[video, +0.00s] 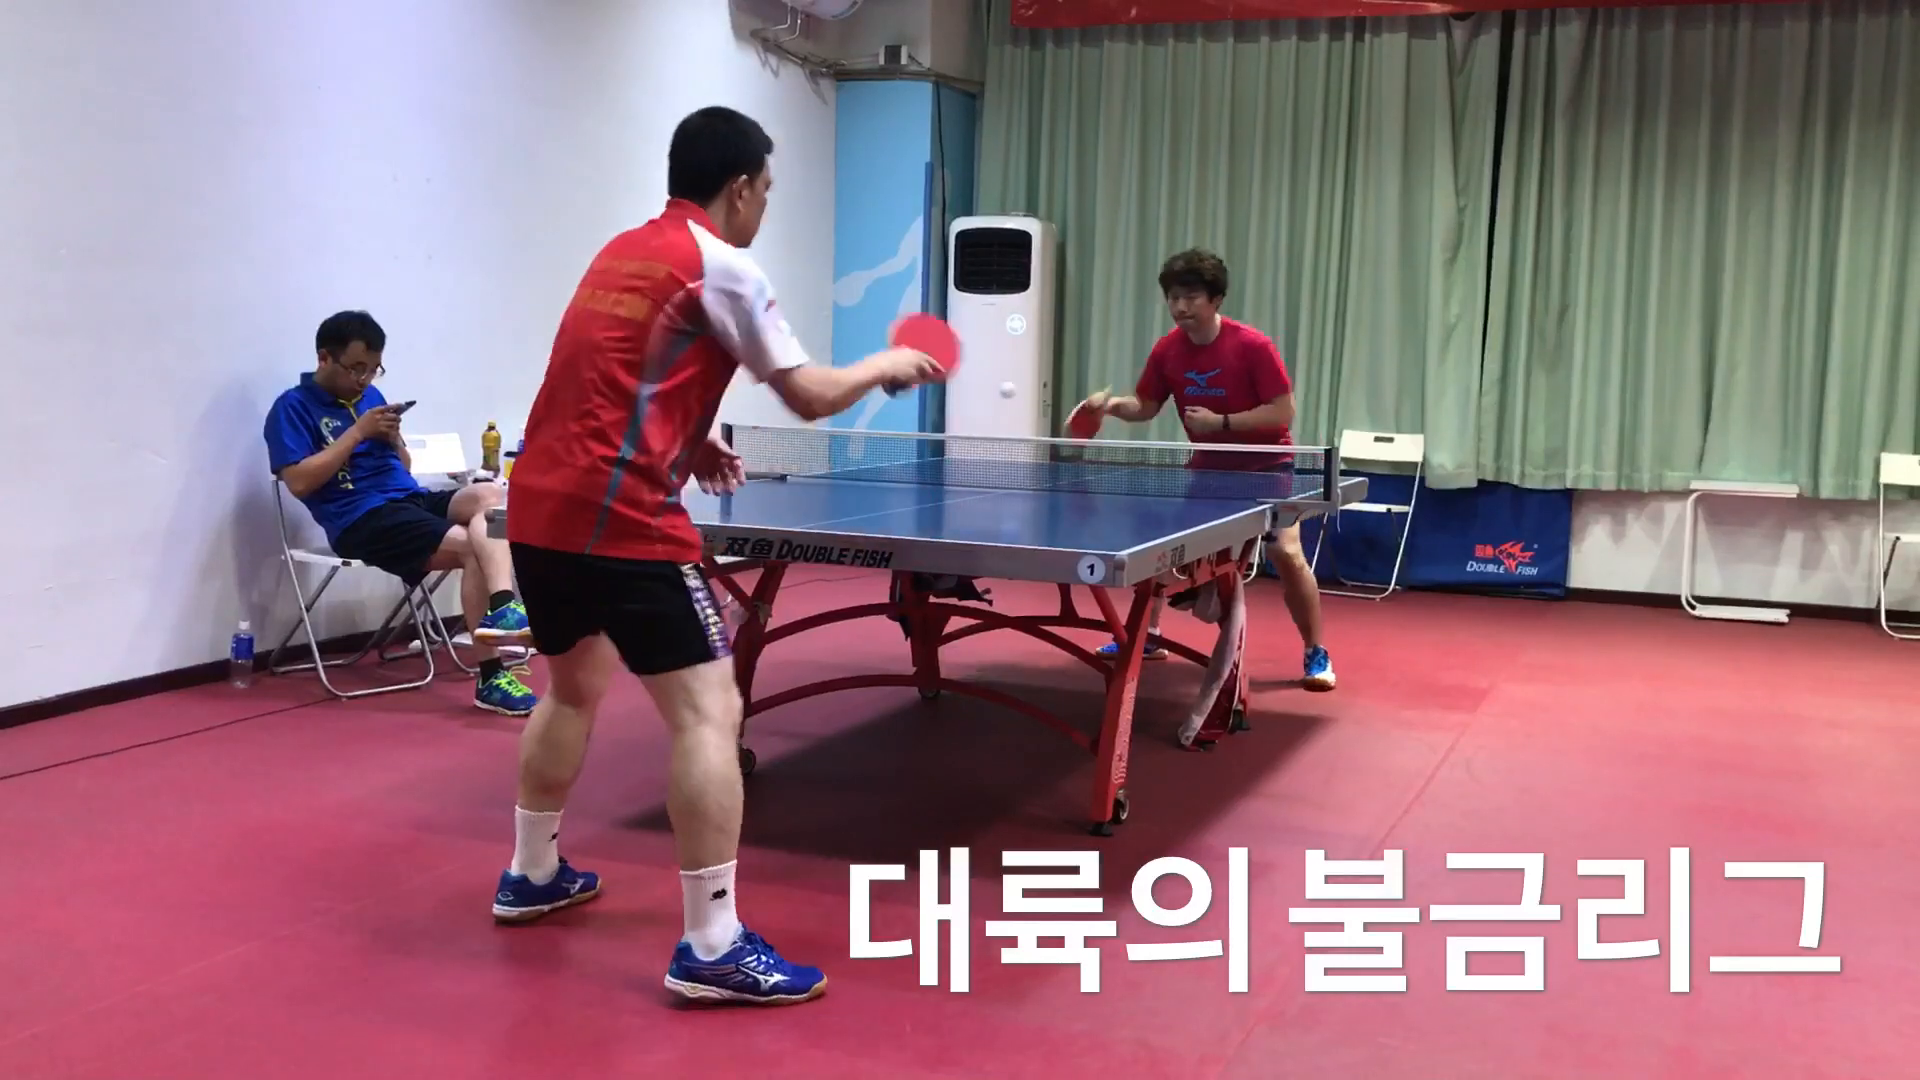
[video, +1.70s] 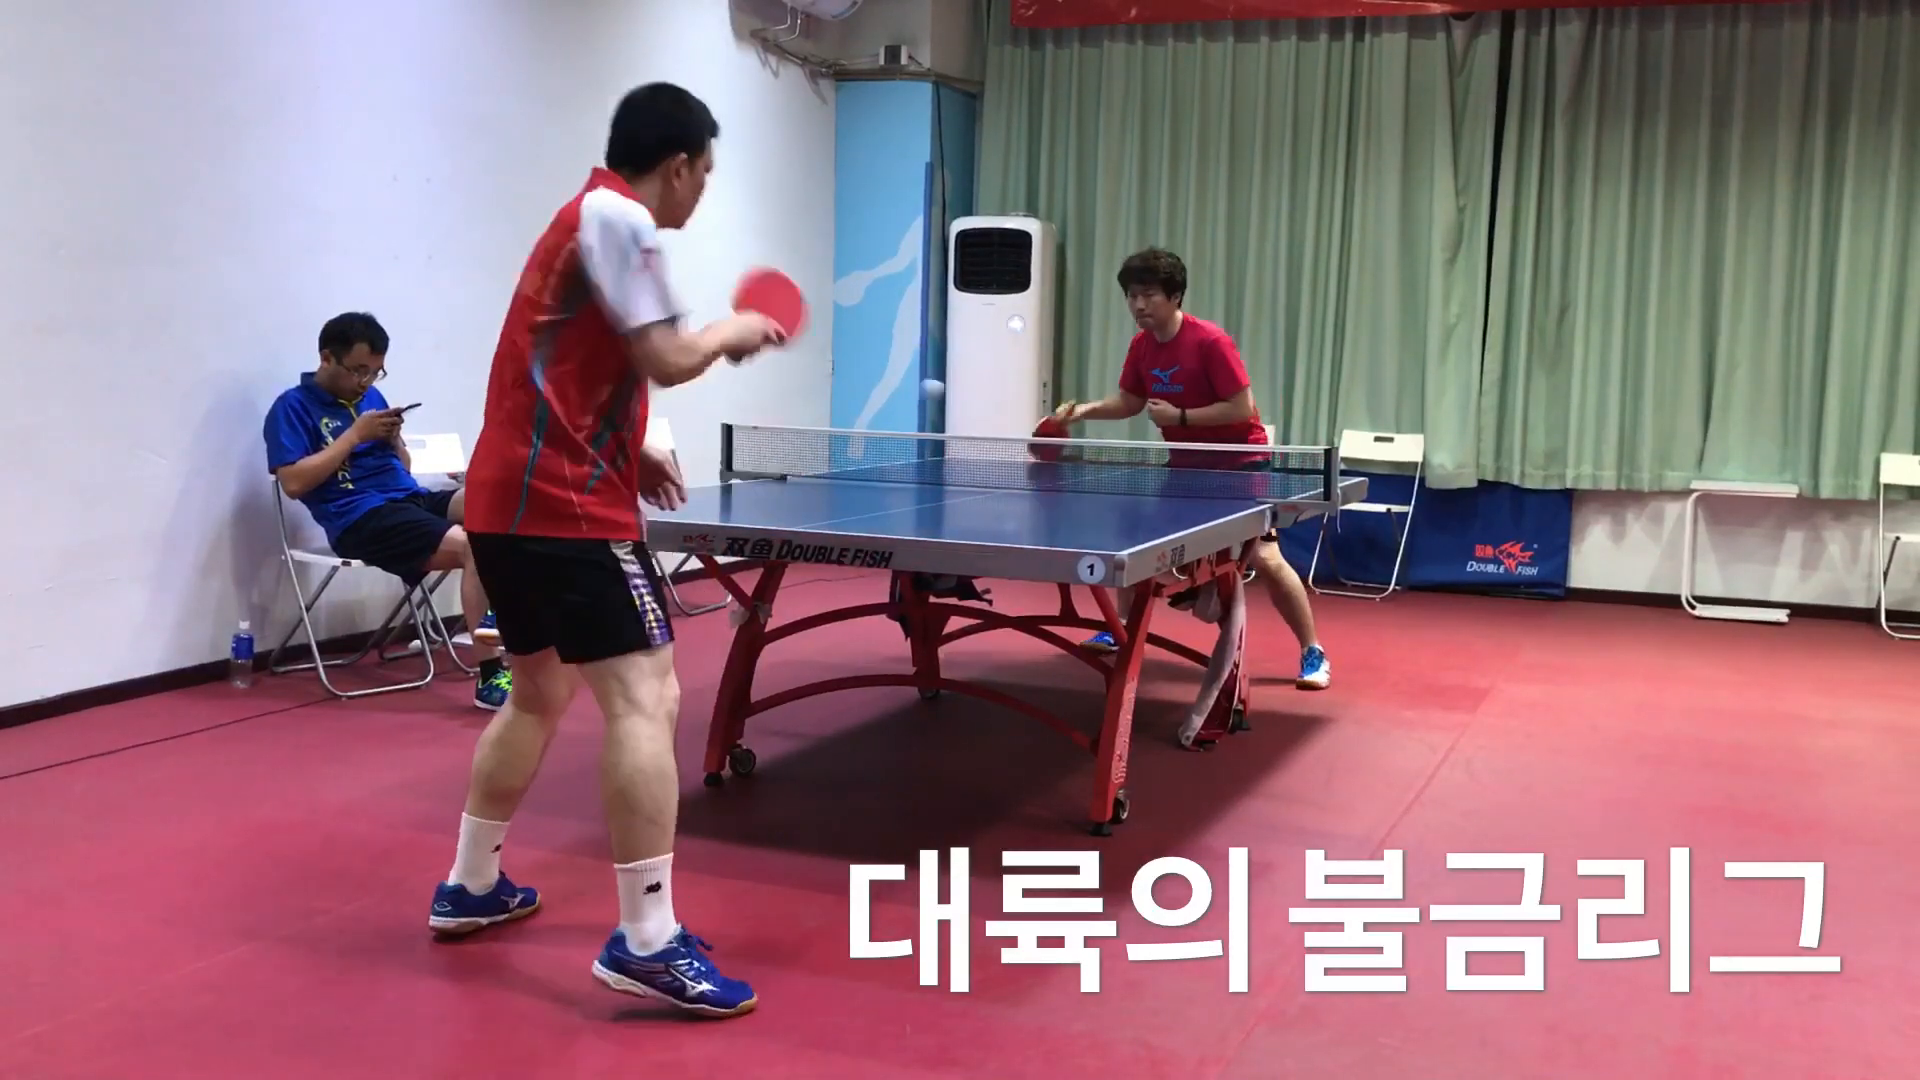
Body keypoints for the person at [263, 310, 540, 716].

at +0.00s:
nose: (364, 380)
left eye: (372, 370)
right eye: (356, 369)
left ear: (378, 365)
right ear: (324, 359)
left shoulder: (370, 397)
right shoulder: (292, 407)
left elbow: (404, 466)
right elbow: (299, 483)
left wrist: (393, 436)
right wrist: (359, 431)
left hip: (410, 501)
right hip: (363, 519)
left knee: (489, 495)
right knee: (479, 548)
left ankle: (503, 602)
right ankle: (491, 678)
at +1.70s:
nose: (367, 383)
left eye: (374, 373)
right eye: (359, 372)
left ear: (380, 367)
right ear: (326, 359)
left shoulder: (370, 397)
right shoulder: (291, 408)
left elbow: (404, 467)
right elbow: (294, 483)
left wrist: (393, 437)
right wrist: (356, 435)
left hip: (410, 499)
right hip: (364, 519)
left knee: (495, 507)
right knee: (474, 547)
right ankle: (492, 674)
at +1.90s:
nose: (366, 383)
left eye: (373, 373)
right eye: (358, 371)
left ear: (379, 368)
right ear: (326, 359)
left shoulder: (369, 397)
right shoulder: (292, 408)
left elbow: (403, 468)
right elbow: (293, 484)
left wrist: (393, 436)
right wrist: (355, 435)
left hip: (409, 500)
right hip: (364, 518)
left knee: (494, 504)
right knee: (474, 546)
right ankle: (490, 674)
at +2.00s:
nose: (366, 383)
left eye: (373, 373)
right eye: (358, 371)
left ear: (379, 368)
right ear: (326, 359)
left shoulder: (369, 397)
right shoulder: (291, 408)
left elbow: (403, 468)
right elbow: (293, 483)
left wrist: (393, 436)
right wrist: (355, 435)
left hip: (409, 499)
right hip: (364, 518)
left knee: (490, 502)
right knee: (474, 546)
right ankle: (490, 675)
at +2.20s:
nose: (366, 382)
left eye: (373, 373)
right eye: (358, 371)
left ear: (379, 367)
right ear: (325, 360)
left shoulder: (370, 397)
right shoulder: (291, 408)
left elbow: (404, 467)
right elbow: (293, 482)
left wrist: (393, 438)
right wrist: (354, 434)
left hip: (412, 501)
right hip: (365, 519)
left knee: (500, 521)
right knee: (479, 547)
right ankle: (490, 676)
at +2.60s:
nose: (364, 382)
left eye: (372, 372)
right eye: (357, 371)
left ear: (379, 367)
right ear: (325, 359)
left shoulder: (369, 397)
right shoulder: (291, 408)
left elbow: (403, 467)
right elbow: (294, 482)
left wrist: (393, 436)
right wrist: (354, 433)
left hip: (412, 501)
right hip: (363, 519)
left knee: (499, 533)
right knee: (472, 555)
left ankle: (514, 674)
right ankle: (505, 683)